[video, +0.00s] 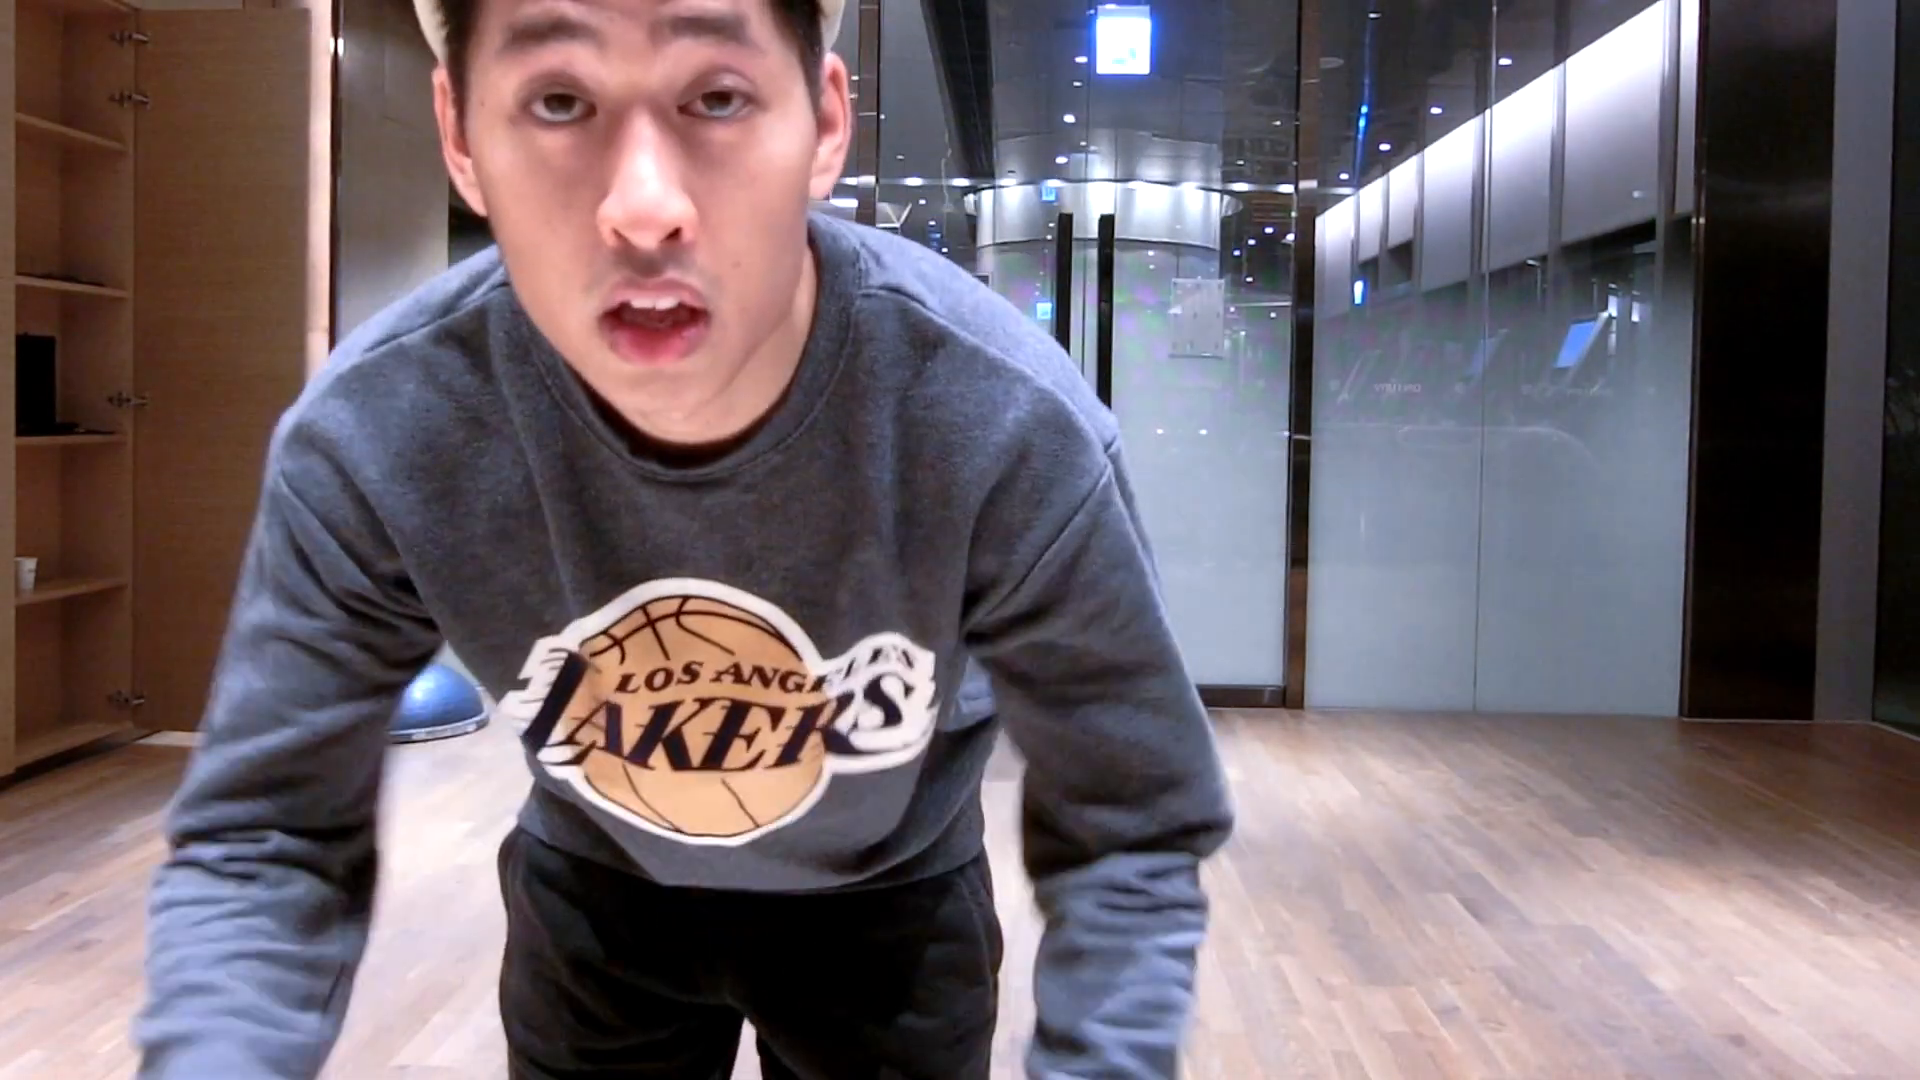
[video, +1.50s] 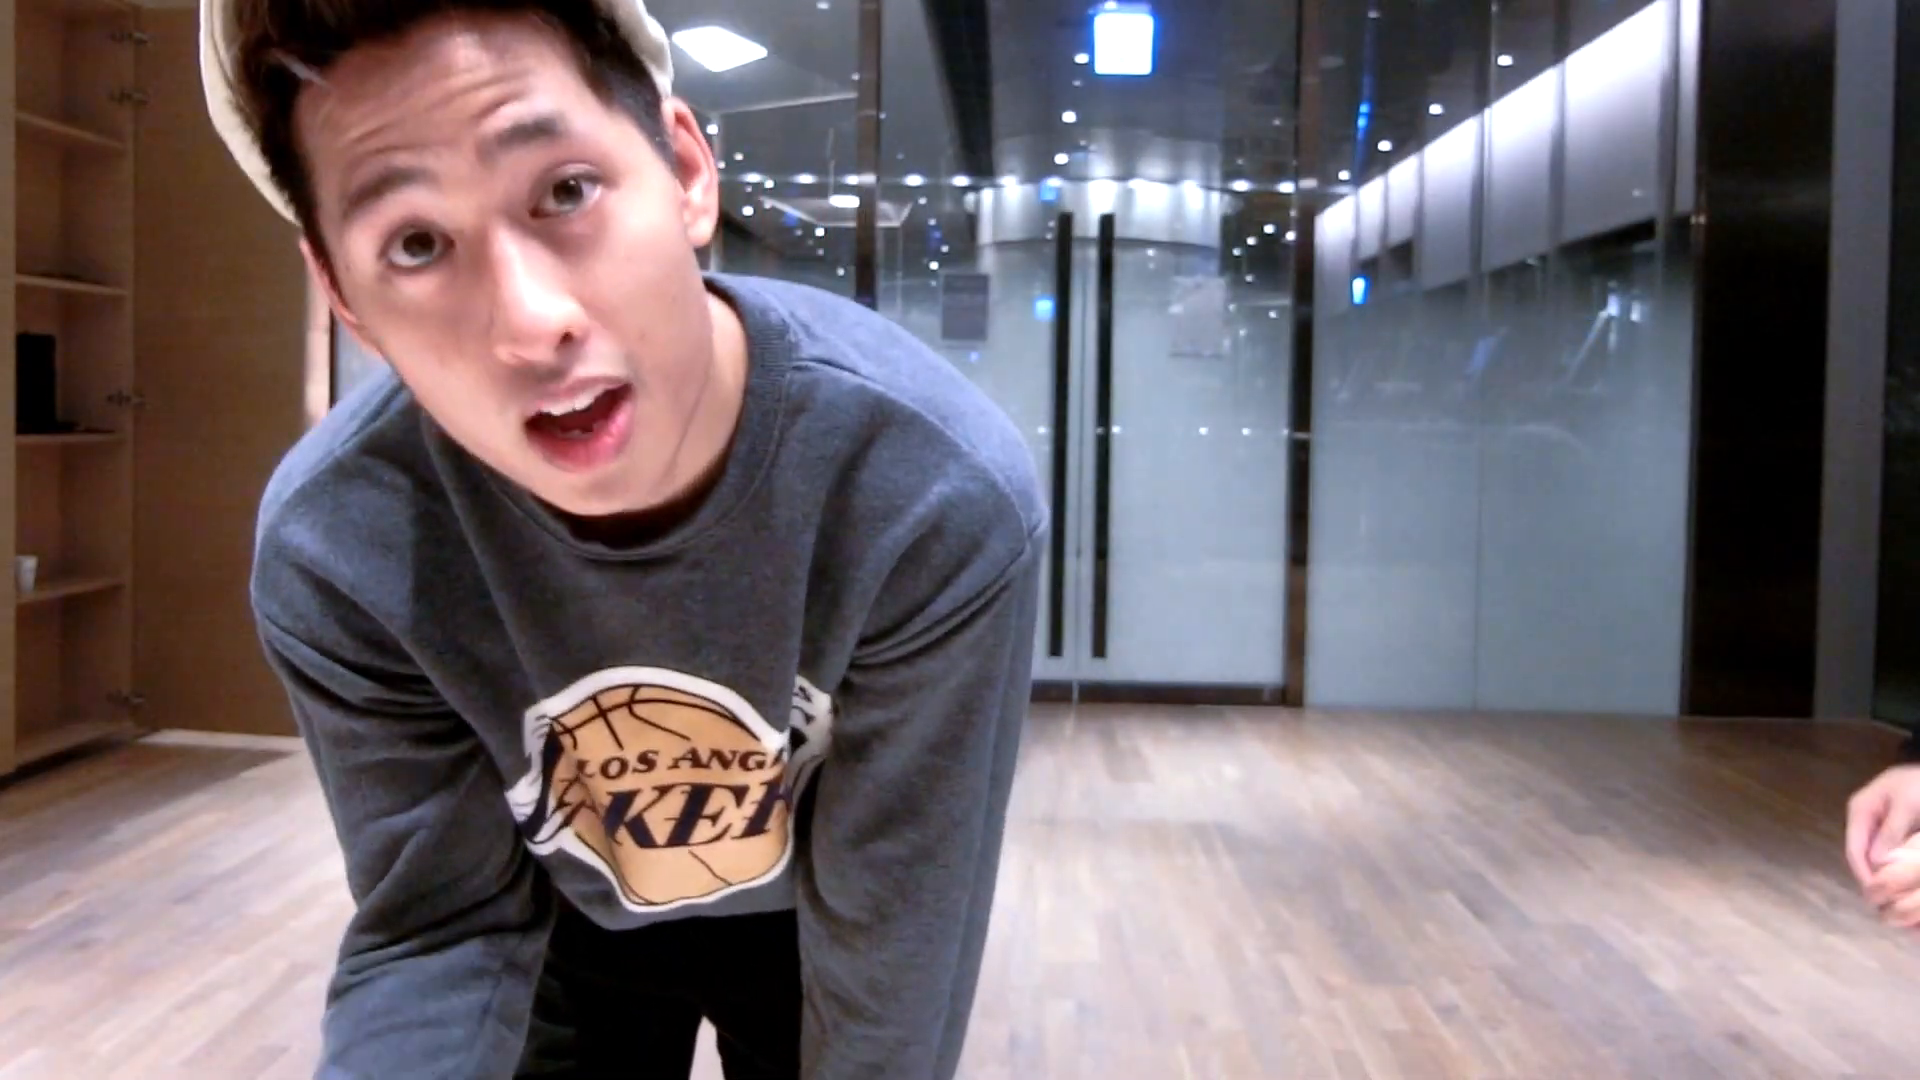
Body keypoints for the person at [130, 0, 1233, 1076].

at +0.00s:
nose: (645, 210)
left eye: (716, 101)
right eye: (562, 105)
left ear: (827, 125)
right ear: (463, 146)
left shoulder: (1005, 426)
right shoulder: (370, 445)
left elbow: (1131, 841)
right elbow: (259, 847)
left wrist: (1094, 1068)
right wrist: (216, 1065)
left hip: (888, 884)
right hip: (605, 880)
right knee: (587, 1072)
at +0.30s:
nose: (668, 505)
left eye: (733, 381)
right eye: (579, 389)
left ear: (842, 354)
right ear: (470, 375)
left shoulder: (993, 594)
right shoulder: (405, 616)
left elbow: (957, 1035)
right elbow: (516, 1027)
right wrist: (770, 1069)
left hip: (861, 965)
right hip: (609, 970)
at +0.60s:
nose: (671, 507)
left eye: (736, 379)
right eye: (573, 389)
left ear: (844, 348)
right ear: (469, 377)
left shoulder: (995, 611)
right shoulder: (374, 604)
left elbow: (867, 1044)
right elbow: (500, 1029)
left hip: (856, 961)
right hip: (585, 957)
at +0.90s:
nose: (573, 316)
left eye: (633, 196)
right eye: (477, 221)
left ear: (767, 205)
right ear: (403, 266)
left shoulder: (993, 543)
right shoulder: (363, 583)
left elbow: (862, 976)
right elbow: (478, 990)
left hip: (848, 932)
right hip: (578, 935)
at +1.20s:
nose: (551, 406)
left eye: (574, 270)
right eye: (433, 335)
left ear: (703, 228)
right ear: (367, 376)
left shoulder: (971, 539)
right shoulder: (364, 613)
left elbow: (894, 1028)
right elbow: (447, 1002)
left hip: (842, 917)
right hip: (584, 914)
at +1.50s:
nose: (532, 323)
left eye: (563, 192)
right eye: (418, 244)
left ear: (688, 174)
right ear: (341, 294)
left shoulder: (936, 501)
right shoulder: (336, 548)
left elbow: (885, 985)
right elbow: (433, 931)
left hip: (833, 917)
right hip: (566, 917)